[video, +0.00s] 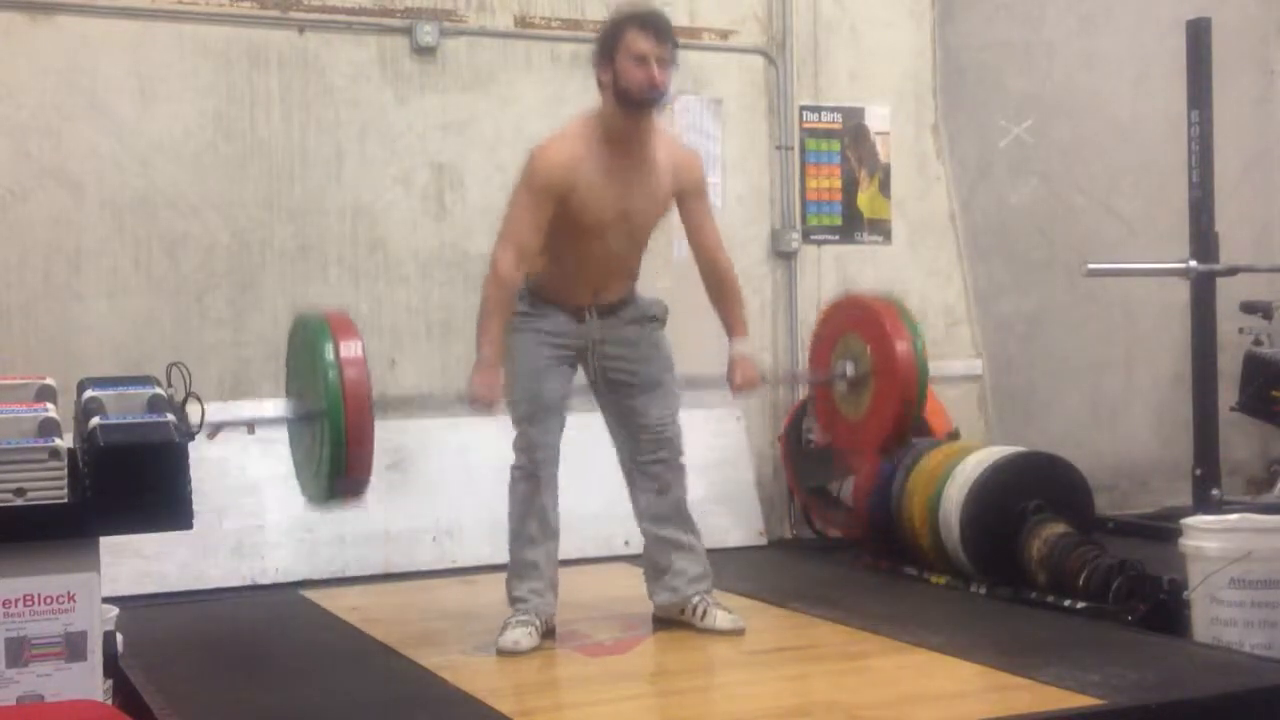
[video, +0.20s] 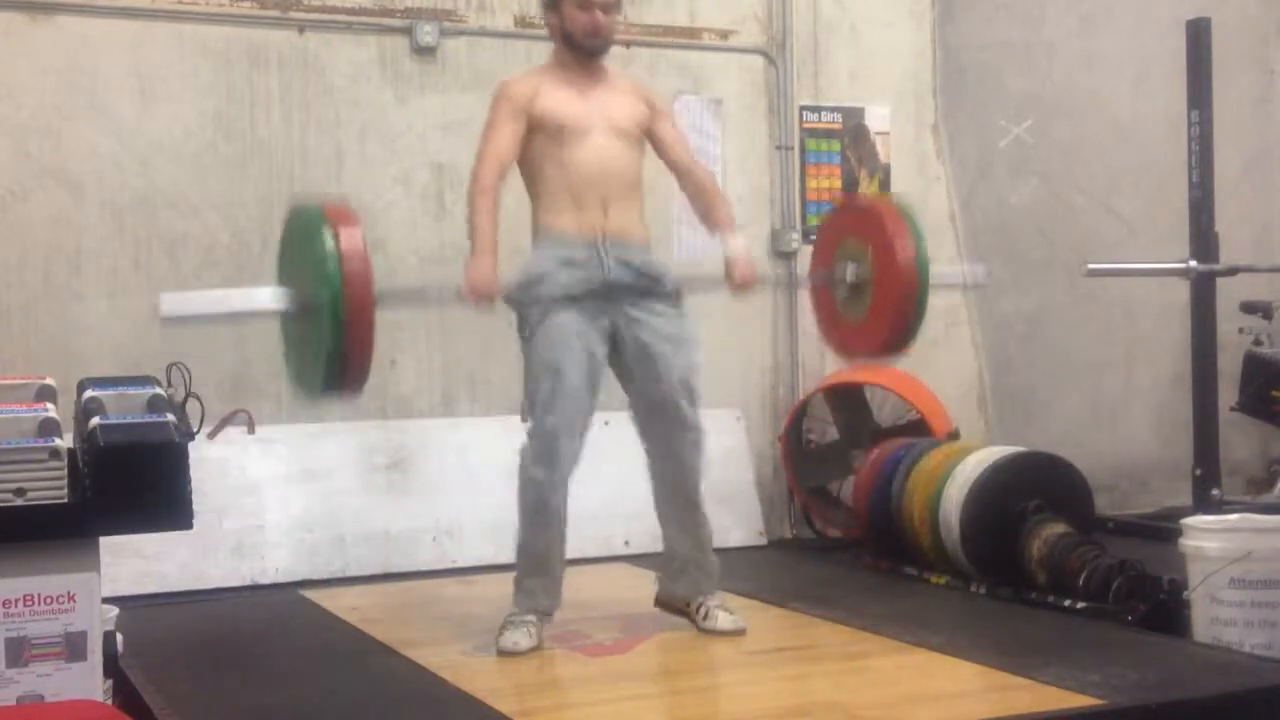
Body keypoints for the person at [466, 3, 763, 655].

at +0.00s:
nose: (652, 75)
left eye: (661, 64)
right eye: (638, 61)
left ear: (670, 75)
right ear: (604, 70)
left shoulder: (677, 164)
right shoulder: (558, 159)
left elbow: (712, 258)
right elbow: (510, 256)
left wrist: (740, 341)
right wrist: (488, 359)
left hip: (625, 318)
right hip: (543, 318)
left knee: (658, 450)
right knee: (535, 456)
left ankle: (682, 592)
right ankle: (529, 607)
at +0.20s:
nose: (599, 15)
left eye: (608, 6)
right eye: (584, 5)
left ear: (619, 17)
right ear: (554, 14)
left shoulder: (637, 98)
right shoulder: (525, 92)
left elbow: (690, 171)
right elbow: (487, 175)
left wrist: (732, 239)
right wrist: (483, 255)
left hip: (642, 277)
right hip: (562, 278)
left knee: (678, 428)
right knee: (553, 438)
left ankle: (690, 587)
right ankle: (531, 606)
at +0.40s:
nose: (601, 84)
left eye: (609, 74)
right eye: (586, 72)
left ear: (618, 80)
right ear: (555, 77)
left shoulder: (634, 160)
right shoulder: (520, 155)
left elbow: (676, 221)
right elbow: (459, 233)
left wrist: (715, 200)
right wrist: (463, 212)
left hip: (628, 343)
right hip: (546, 344)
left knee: (700, 447)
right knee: (511, 457)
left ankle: (673, 580)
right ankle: (501, 591)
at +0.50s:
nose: (601, 141)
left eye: (610, 132)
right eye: (587, 132)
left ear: (623, 146)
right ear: (562, 150)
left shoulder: (648, 232)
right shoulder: (532, 231)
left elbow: (673, 315)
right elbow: (490, 326)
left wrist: (697, 255)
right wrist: (487, 257)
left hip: (628, 405)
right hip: (546, 404)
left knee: (713, 474)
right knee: (506, 487)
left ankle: (667, 592)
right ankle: (501, 612)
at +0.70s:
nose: (602, 231)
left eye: (611, 221)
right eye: (587, 222)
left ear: (623, 234)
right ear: (561, 240)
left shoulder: (648, 313)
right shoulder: (542, 318)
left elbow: (695, 343)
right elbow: (560, 360)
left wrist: (680, 296)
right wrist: (519, 296)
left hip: (629, 477)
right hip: (552, 479)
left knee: (726, 481)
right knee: (506, 503)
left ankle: (668, 596)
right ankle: (503, 613)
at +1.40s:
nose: (599, 145)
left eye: (607, 137)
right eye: (583, 136)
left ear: (617, 154)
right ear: (554, 156)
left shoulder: (637, 237)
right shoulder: (529, 235)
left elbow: (684, 278)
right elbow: (547, 283)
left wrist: (663, 211)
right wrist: (511, 212)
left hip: (599, 397)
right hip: (522, 395)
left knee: (677, 454)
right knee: (534, 463)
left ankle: (667, 593)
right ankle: (503, 610)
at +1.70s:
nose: (588, 58)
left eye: (595, 51)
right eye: (571, 50)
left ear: (604, 71)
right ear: (542, 71)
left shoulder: (631, 152)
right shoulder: (521, 146)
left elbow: (680, 182)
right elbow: (537, 187)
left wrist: (658, 123)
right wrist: (503, 120)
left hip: (608, 343)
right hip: (525, 340)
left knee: (681, 450)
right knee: (509, 458)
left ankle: (668, 592)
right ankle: (500, 606)